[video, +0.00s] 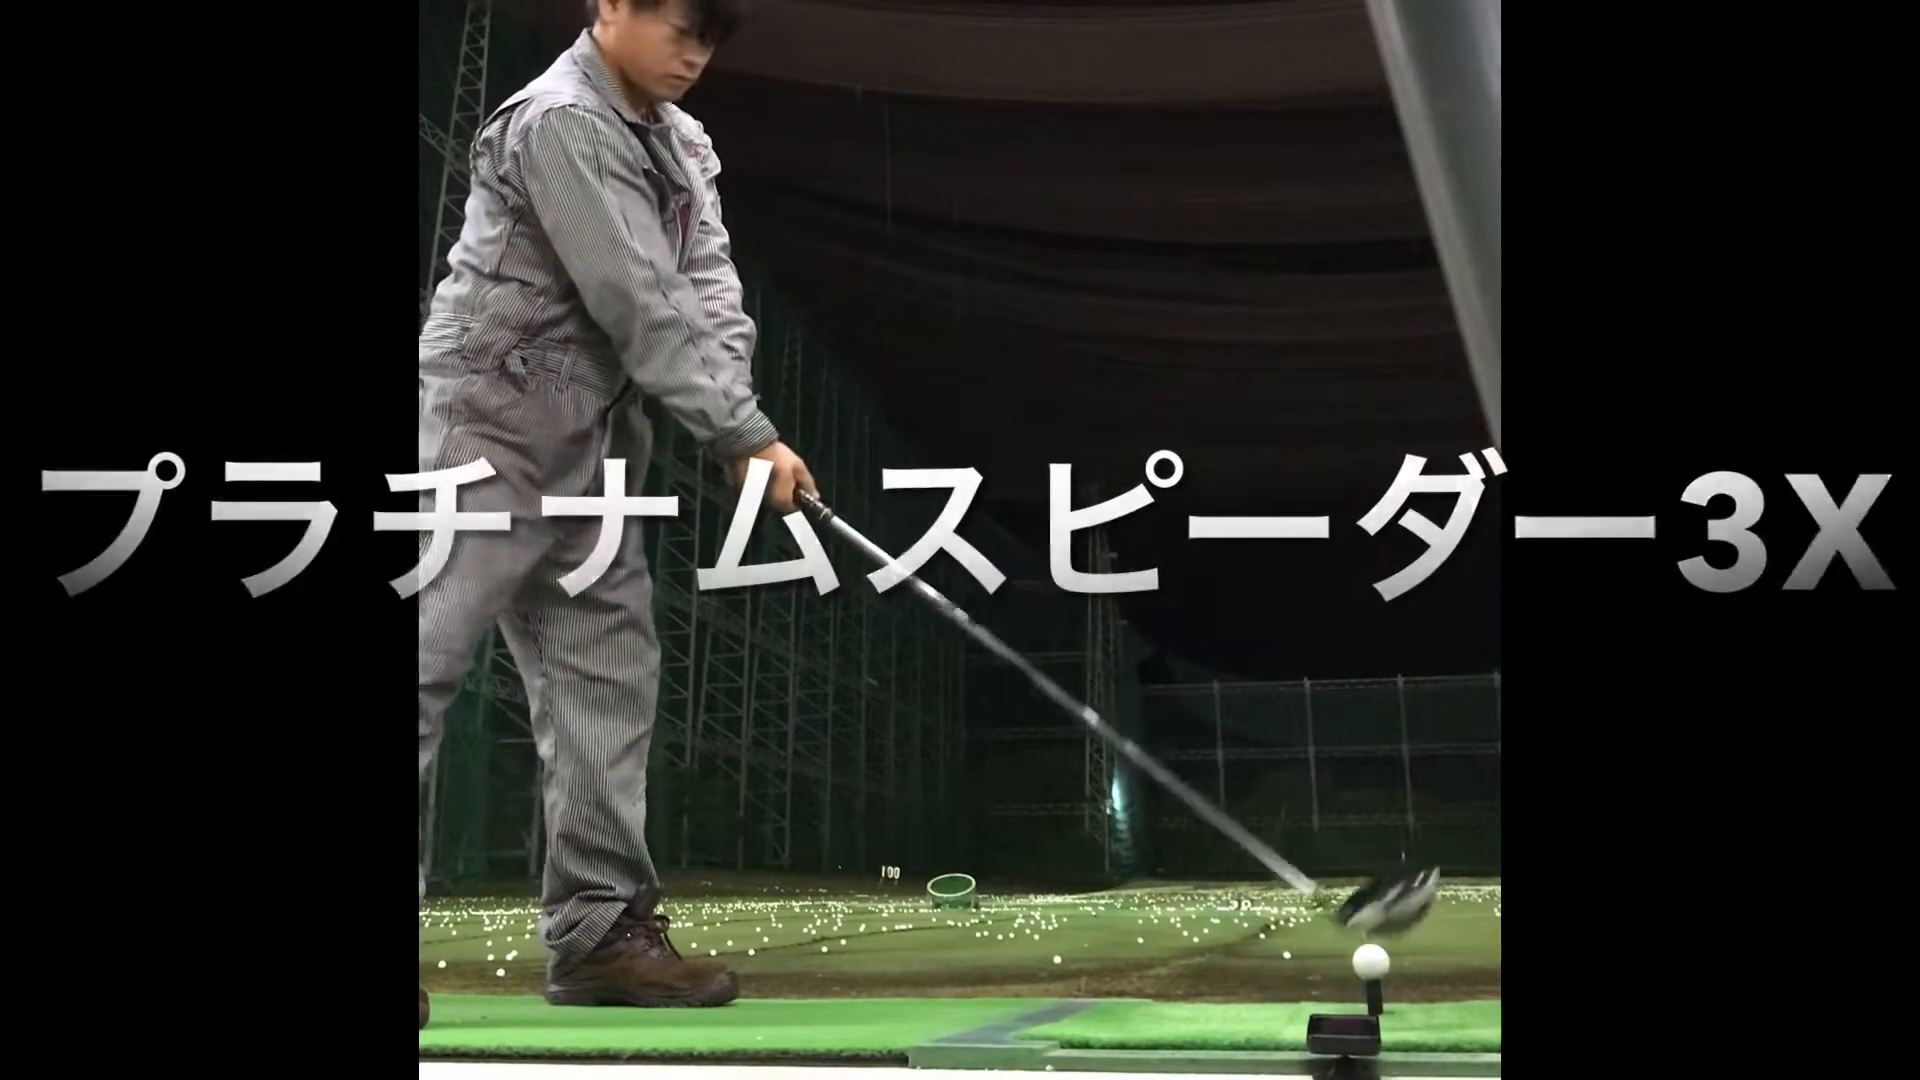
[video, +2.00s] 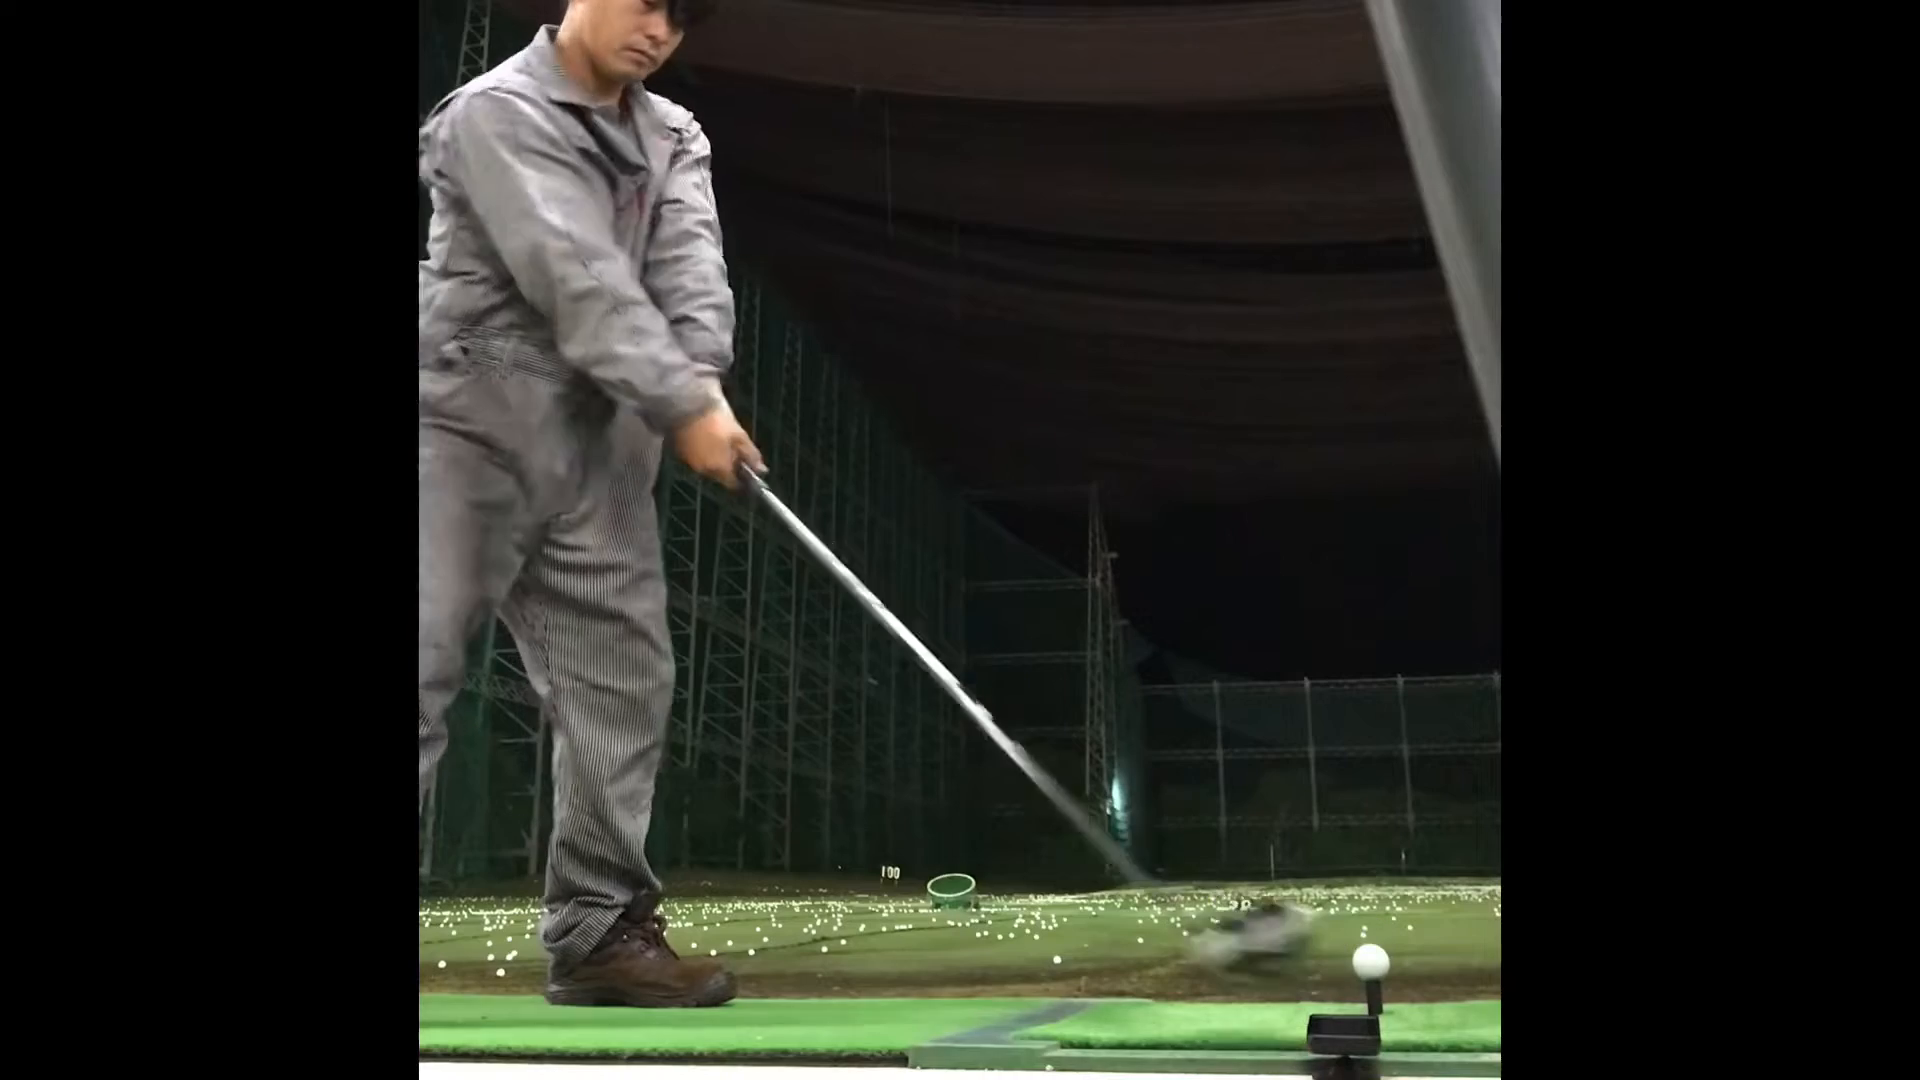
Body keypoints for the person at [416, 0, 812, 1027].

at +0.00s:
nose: (698, 56)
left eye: (710, 38)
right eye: (680, 30)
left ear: (714, 41)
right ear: (610, 12)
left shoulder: (685, 141)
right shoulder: (556, 121)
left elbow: (712, 288)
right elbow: (635, 298)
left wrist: (730, 420)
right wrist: (744, 434)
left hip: (587, 461)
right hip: (478, 443)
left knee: (605, 685)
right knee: (425, 685)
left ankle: (599, 937)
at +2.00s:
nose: (659, 28)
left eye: (672, 15)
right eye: (642, 4)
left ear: (674, 34)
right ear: (578, 3)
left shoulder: (675, 133)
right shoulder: (498, 111)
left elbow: (692, 264)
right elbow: (574, 277)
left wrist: (695, 385)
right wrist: (684, 405)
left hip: (602, 447)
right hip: (465, 433)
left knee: (621, 677)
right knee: (428, 679)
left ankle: (598, 936)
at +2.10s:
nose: (653, 30)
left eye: (670, 20)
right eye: (638, 5)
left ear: (673, 42)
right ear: (574, 2)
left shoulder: (682, 132)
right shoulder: (469, 105)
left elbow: (680, 240)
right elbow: (512, 236)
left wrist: (645, 335)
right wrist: (590, 342)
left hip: (604, 428)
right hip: (460, 421)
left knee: (629, 677)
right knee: (420, 656)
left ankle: (600, 935)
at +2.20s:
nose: (653, 33)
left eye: (672, 26)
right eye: (639, 7)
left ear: (676, 48)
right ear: (577, 2)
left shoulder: (685, 130)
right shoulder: (454, 95)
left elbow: (620, 194)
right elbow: (440, 178)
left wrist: (492, 228)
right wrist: (446, 225)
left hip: (591, 430)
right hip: (441, 413)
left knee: (634, 683)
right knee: (416, 640)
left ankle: (601, 936)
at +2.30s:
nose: (651, 30)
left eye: (672, 24)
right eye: (636, 5)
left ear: (678, 47)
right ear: (578, 4)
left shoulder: (677, 120)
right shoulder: (472, 84)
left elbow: (556, 108)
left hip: (572, 405)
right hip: (435, 386)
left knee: (624, 673)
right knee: (420, 620)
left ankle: (607, 930)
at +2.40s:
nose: (634, 24)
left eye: (647, 21)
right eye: (628, 7)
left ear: (656, 33)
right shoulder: (448, 77)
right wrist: (533, 31)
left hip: (533, 377)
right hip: (427, 378)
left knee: (610, 658)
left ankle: (622, 913)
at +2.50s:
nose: (621, 4)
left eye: (621, 2)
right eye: (626, 4)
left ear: (632, 13)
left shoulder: (606, 64)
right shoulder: (442, 72)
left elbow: (457, 3)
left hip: (506, 374)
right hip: (438, 382)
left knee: (603, 673)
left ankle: (652, 889)